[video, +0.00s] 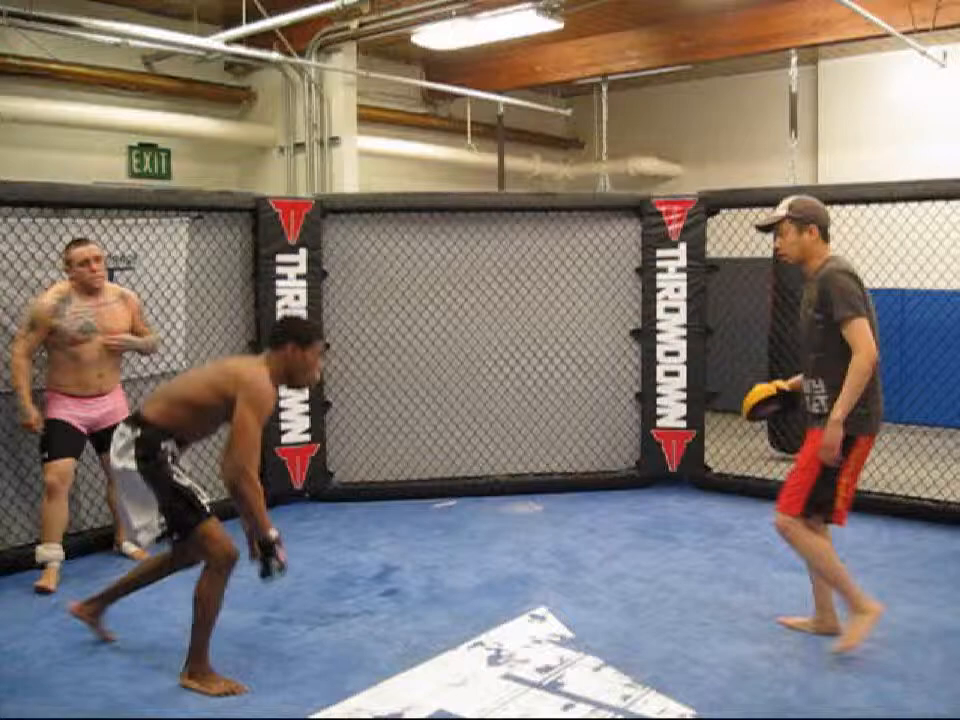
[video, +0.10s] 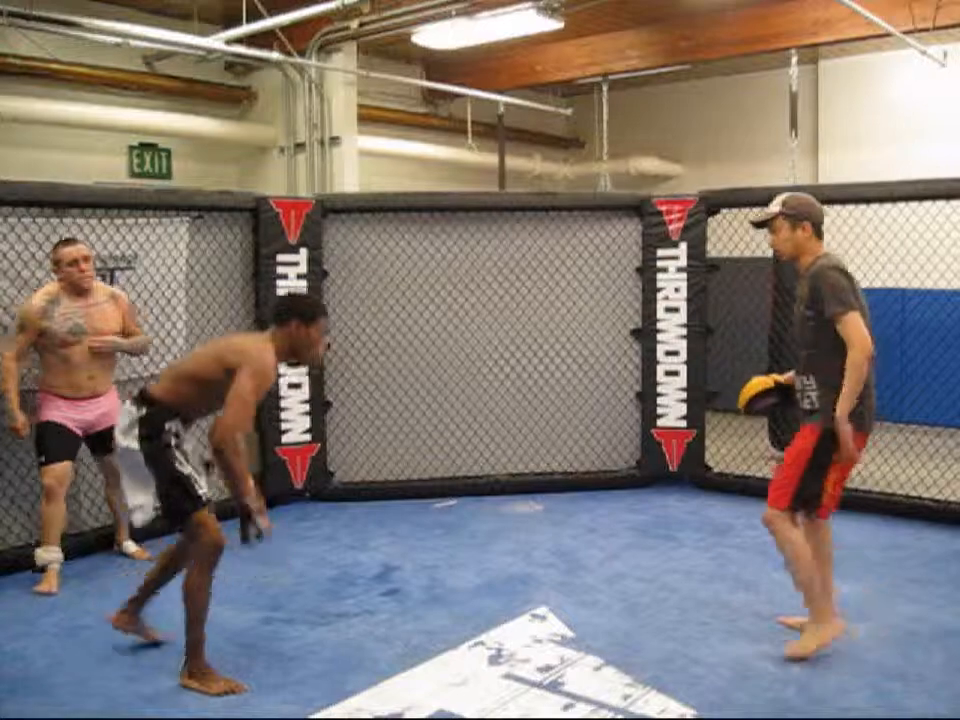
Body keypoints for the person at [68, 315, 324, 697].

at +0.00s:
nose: (319, 367)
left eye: (321, 357)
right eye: (317, 356)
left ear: (288, 351)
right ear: (291, 350)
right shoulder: (257, 385)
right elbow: (240, 473)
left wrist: (259, 534)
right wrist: (266, 536)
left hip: (152, 444)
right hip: (146, 448)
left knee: (191, 549)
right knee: (222, 554)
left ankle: (94, 605)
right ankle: (197, 669)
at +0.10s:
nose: (323, 344)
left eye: (324, 334)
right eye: (320, 334)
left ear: (293, 328)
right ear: (294, 328)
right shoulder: (259, 360)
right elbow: (225, 436)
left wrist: (247, 490)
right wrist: (248, 497)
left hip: (169, 420)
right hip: (158, 422)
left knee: (198, 535)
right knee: (208, 541)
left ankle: (130, 612)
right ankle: (196, 666)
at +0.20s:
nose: (324, 317)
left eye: (325, 308)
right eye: (321, 307)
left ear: (297, 302)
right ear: (301, 302)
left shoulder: (265, 329)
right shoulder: (263, 334)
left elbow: (215, 379)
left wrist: (232, 432)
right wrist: (218, 443)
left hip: (193, 405)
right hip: (175, 404)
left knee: (219, 521)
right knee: (199, 536)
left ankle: (191, 622)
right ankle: (191, 663)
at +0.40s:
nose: (317, 275)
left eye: (318, 266)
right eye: (313, 265)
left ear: (298, 263)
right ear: (288, 261)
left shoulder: (278, 305)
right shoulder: (251, 294)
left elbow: (243, 350)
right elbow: (182, 328)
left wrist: (260, 386)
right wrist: (214, 388)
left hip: (231, 410)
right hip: (209, 410)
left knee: (234, 529)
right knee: (242, 538)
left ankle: (195, 622)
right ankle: (217, 654)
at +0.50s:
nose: (320, 267)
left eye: (321, 258)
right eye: (317, 257)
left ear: (299, 253)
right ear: (294, 251)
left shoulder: (288, 294)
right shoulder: (246, 286)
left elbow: (258, 351)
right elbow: (191, 344)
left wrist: (297, 354)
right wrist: (246, 373)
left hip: (250, 407)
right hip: (226, 408)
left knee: (234, 524)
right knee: (255, 536)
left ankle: (194, 621)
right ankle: (250, 646)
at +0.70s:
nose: (335, 260)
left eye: (337, 251)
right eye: (330, 251)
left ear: (310, 248)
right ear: (302, 246)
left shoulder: (311, 287)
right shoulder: (252, 292)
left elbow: (301, 341)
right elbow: (230, 367)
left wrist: (335, 328)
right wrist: (291, 356)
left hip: (297, 418)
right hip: (262, 422)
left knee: (304, 528)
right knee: (270, 538)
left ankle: (232, 590)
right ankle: (257, 645)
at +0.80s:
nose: (348, 259)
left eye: (351, 251)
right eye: (344, 249)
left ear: (333, 244)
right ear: (317, 240)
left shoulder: (326, 278)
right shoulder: (271, 280)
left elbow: (321, 336)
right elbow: (261, 352)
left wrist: (356, 323)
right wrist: (308, 334)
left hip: (315, 408)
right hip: (277, 412)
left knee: (349, 516)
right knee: (277, 536)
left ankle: (303, 592)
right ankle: (260, 642)